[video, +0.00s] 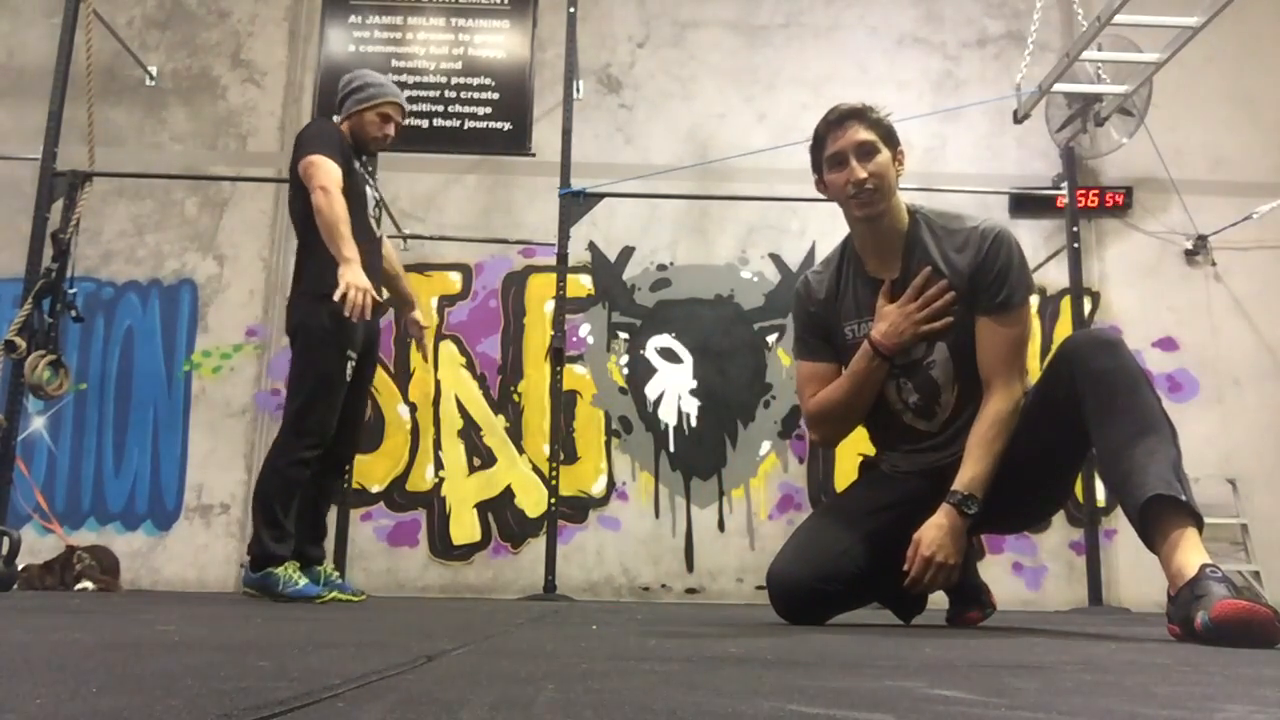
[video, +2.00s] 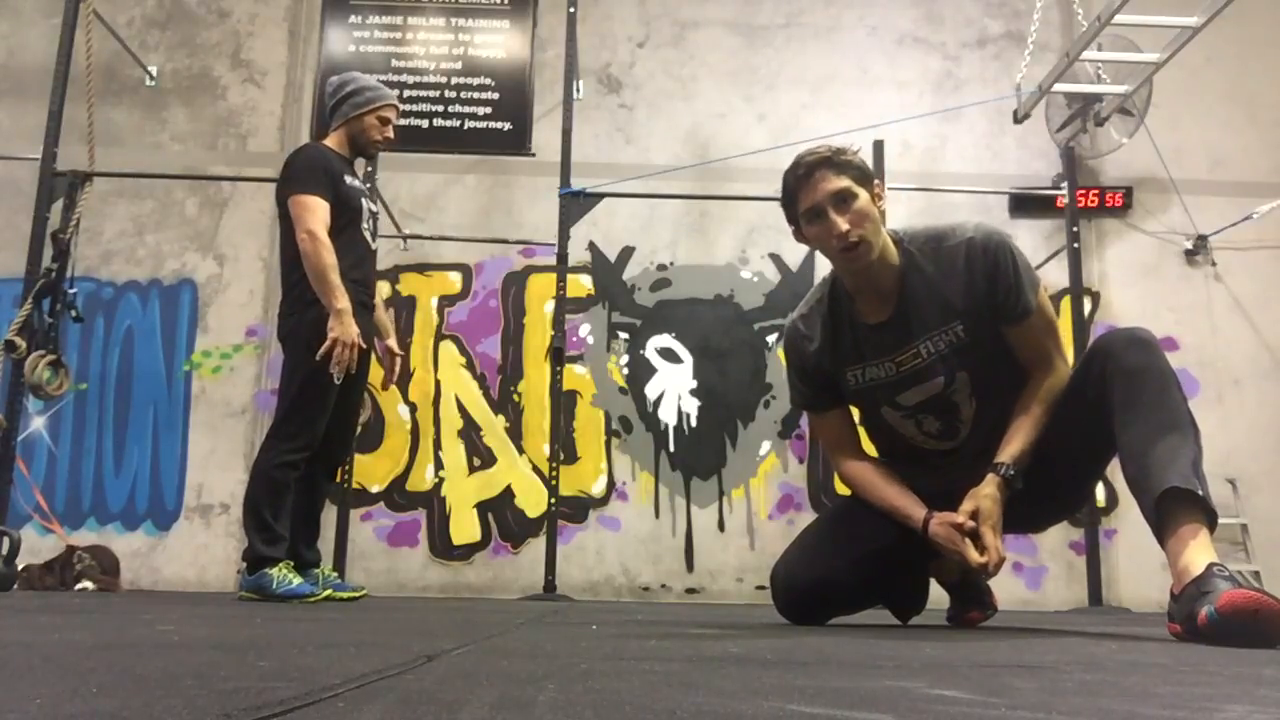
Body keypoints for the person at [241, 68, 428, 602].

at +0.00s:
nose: (390, 131)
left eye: (396, 123)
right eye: (382, 118)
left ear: (391, 125)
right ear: (352, 110)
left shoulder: (360, 171)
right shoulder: (321, 135)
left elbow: (378, 245)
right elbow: (324, 194)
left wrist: (408, 303)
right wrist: (349, 262)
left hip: (359, 315)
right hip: (326, 309)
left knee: (334, 442)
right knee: (306, 434)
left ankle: (308, 563)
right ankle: (268, 563)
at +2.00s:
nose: (389, 131)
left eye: (392, 122)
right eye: (381, 120)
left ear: (370, 125)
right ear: (350, 116)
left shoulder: (352, 178)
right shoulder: (311, 161)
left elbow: (360, 267)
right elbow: (310, 238)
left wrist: (383, 330)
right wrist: (340, 312)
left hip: (349, 329)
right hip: (317, 324)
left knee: (326, 450)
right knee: (293, 442)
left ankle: (303, 563)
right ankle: (263, 565)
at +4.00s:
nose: (386, 116)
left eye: (384, 108)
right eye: (376, 107)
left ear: (357, 116)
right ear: (345, 112)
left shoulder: (353, 174)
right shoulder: (315, 162)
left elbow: (359, 267)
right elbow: (311, 241)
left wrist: (380, 336)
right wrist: (335, 316)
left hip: (348, 329)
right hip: (318, 325)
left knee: (323, 451)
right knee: (295, 441)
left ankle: (302, 564)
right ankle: (262, 566)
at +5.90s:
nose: (390, 118)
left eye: (389, 109)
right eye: (381, 108)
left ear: (364, 118)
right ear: (349, 113)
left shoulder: (356, 176)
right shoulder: (320, 163)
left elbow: (364, 267)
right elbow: (316, 242)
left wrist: (384, 337)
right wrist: (339, 317)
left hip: (351, 327)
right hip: (321, 323)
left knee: (326, 450)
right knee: (298, 440)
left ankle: (303, 563)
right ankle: (263, 566)